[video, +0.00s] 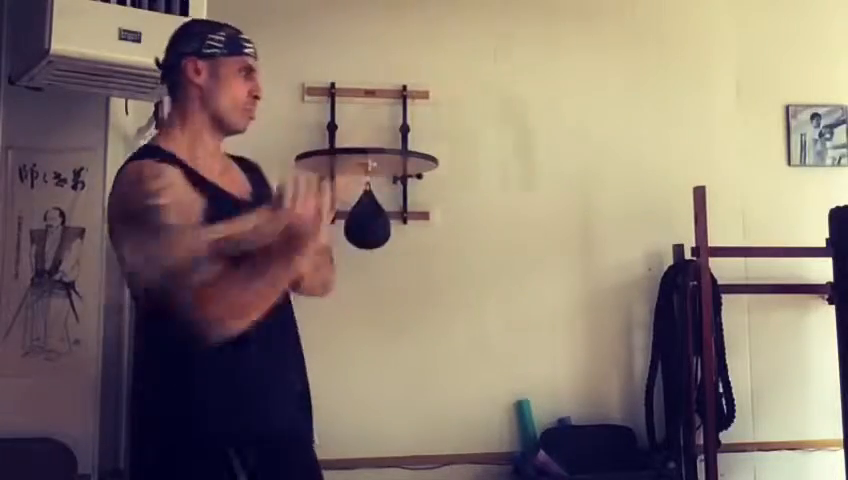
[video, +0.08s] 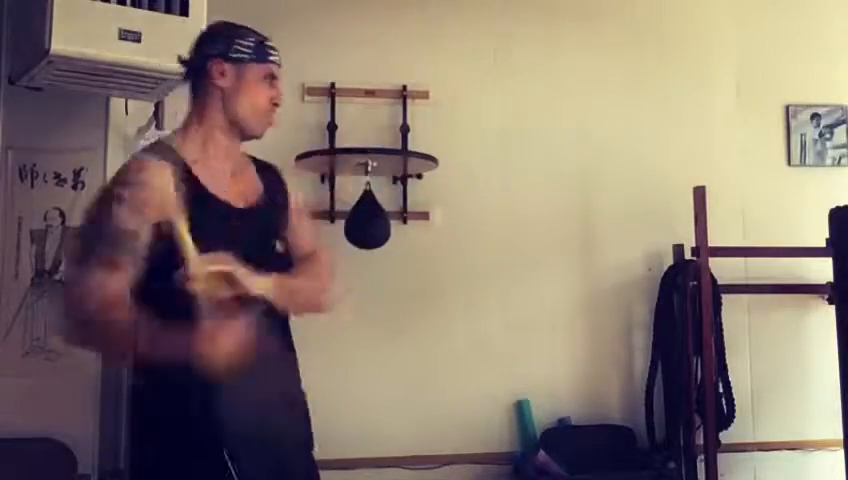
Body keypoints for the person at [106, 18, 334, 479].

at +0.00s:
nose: (257, 91)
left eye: (255, 76)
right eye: (244, 73)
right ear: (196, 71)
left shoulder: (248, 175)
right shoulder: (149, 180)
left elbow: (319, 281)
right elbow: (211, 317)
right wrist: (293, 246)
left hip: (276, 431)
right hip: (194, 438)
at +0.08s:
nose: (279, 97)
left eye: (277, 83)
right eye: (268, 80)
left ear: (224, 76)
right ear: (220, 74)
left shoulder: (273, 183)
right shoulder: (151, 176)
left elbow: (320, 288)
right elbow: (93, 308)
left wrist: (258, 283)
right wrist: (194, 344)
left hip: (274, 429)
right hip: (181, 434)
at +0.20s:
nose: (298, 105)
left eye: (299, 92)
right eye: (290, 87)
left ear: (249, 83)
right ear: (242, 80)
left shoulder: (296, 191)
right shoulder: (151, 166)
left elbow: (315, 294)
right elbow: (34, 227)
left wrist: (235, 291)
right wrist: (76, 278)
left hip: (270, 416)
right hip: (177, 413)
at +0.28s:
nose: (305, 111)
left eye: (306, 98)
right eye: (298, 94)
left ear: (256, 87)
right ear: (253, 84)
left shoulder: (295, 190)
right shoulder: (167, 151)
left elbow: (316, 288)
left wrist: (228, 284)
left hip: (262, 392)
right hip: (180, 390)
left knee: (298, 470)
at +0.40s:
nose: (304, 125)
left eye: (307, 113)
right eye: (299, 107)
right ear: (256, 93)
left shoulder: (271, 189)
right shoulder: (186, 152)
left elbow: (319, 283)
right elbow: (186, 92)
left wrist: (274, 255)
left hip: (263, 398)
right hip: (187, 397)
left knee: (294, 470)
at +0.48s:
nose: (295, 132)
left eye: (297, 105)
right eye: (288, 102)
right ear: (253, 89)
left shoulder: (253, 190)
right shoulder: (183, 160)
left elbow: (306, 297)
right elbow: (314, 106)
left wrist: (301, 251)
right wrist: (392, 197)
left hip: (257, 403)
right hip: (184, 409)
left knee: (298, 472)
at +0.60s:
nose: (292, 120)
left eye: (293, 108)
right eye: (287, 103)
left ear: (240, 91)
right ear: (248, 88)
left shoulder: (150, 171)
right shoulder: (261, 138)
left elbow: (205, 299)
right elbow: (390, 177)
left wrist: (310, 277)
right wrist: (378, 239)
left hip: (153, 417)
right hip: (243, 419)